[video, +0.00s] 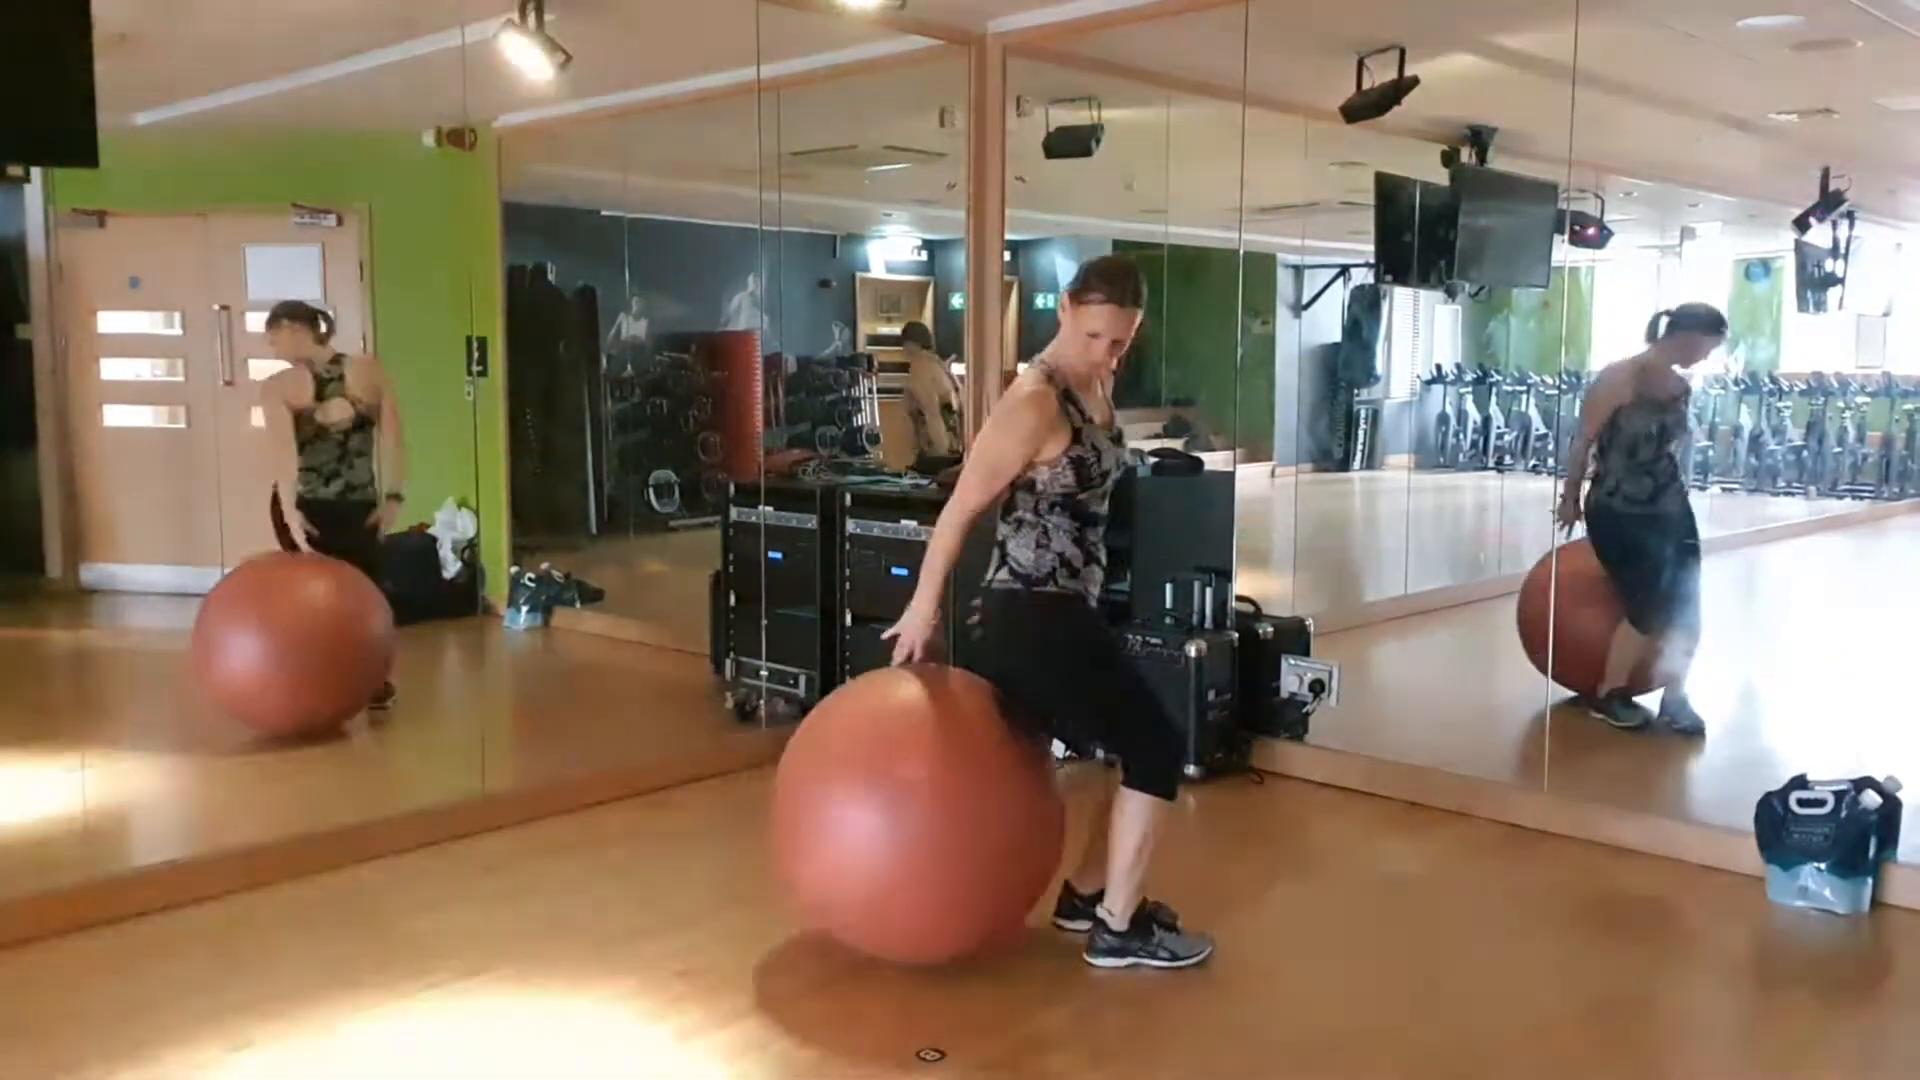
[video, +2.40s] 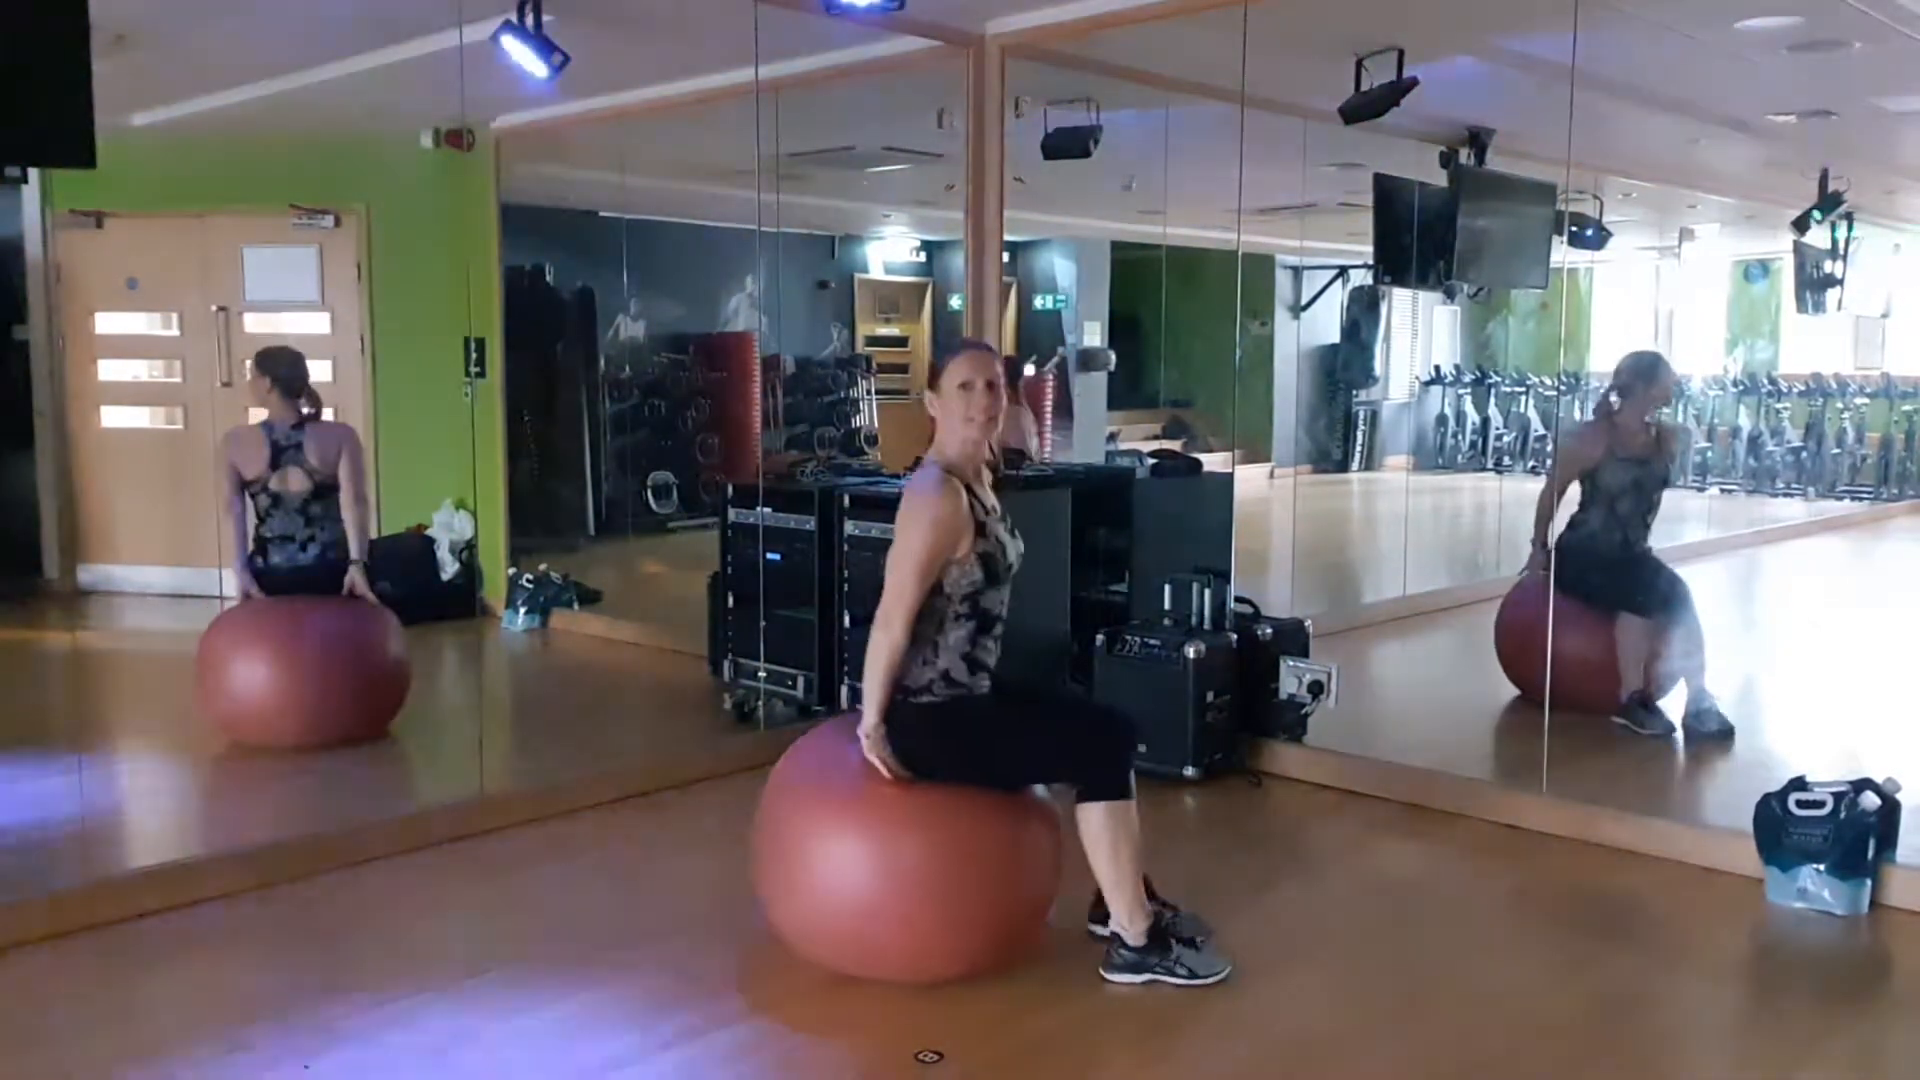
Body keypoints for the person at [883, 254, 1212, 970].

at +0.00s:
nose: (1110, 357)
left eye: (1122, 344)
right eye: (1099, 339)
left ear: (1132, 333)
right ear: (1064, 318)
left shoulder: (1089, 395)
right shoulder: (1030, 403)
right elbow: (959, 509)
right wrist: (923, 606)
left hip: (1056, 612)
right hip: (1034, 618)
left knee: (1133, 739)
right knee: (1153, 746)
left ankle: (1087, 892)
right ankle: (1120, 924)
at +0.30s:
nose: (1087, 392)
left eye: (1098, 379)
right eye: (1079, 374)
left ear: (1102, 374)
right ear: (1041, 355)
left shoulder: (1044, 431)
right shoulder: (996, 438)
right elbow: (914, 527)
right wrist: (904, 639)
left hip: (1007, 648)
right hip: (970, 655)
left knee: (1103, 727)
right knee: (1131, 743)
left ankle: (1085, 892)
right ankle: (1120, 926)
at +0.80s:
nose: (984, 438)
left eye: (995, 424)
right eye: (973, 419)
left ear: (1001, 419)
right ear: (933, 397)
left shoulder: (939, 475)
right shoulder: (905, 481)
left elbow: (1045, 450)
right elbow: (831, 584)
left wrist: (1006, 384)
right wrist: (812, 693)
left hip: (907, 690)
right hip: (871, 700)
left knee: (1046, 724)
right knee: (1044, 736)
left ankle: (1083, 896)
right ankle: (1128, 922)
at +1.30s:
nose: (1000, 403)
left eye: (1009, 390)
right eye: (985, 389)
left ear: (1016, 400)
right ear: (947, 395)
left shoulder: (976, 476)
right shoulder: (950, 485)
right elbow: (885, 590)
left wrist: (1021, 435)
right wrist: (858, 703)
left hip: (947, 700)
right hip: (921, 715)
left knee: (1088, 723)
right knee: (1092, 736)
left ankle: (1113, 897)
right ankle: (1133, 937)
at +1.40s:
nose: (1020, 381)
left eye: (1029, 368)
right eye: (1001, 367)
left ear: (1039, 381)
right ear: (963, 383)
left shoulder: (1006, 461)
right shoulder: (972, 470)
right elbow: (916, 582)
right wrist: (887, 691)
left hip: (980, 686)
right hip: (948, 701)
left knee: (1116, 722)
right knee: (1119, 739)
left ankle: (1118, 898)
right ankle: (1132, 939)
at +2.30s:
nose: (997, 398)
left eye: (1006, 384)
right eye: (978, 385)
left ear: (1015, 399)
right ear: (943, 401)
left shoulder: (987, 479)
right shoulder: (947, 496)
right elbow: (907, 612)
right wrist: (882, 723)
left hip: (976, 697)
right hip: (939, 719)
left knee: (1106, 729)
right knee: (1111, 740)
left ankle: (1111, 900)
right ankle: (1131, 938)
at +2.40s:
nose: (986, 401)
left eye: (995, 387)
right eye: (966, 387)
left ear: (1005, 402)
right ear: (933, 405)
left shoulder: (978, 477)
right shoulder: (935, 495)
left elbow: (1021, 442)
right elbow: (895, 612)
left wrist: (1001, 390)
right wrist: (871, 724)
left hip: (964, 700)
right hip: (927, 720)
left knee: (1105, 730)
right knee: (1102, 741)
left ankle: (1122, 900)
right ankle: (1134, 937)